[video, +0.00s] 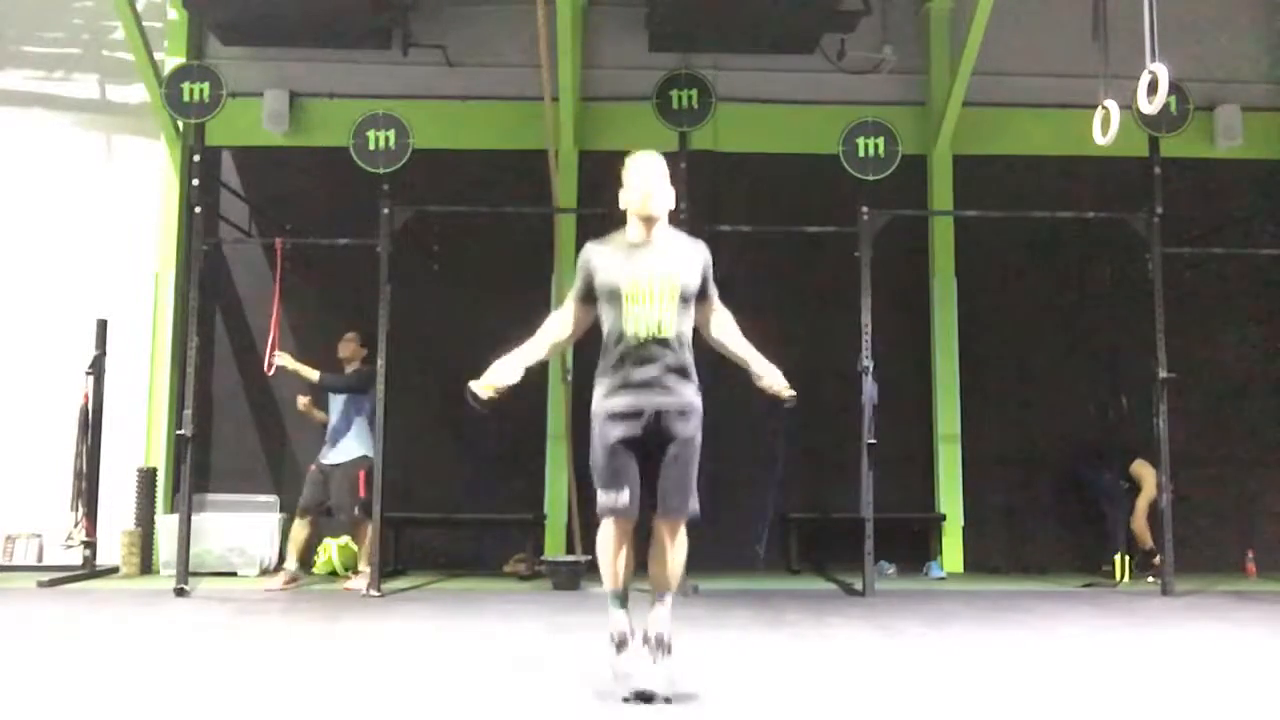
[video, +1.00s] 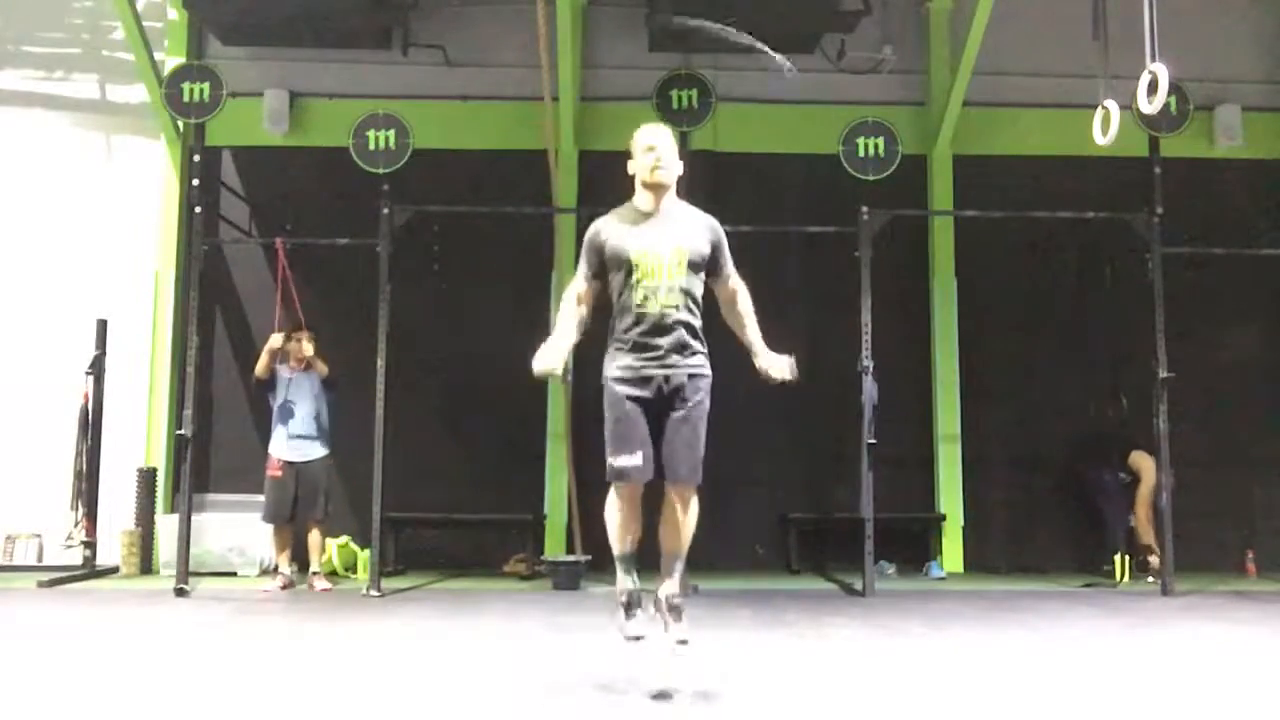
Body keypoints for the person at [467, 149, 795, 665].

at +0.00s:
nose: (651, 191)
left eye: (657, 183)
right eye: (641, 183)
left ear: (671, 191)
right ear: (622, 193)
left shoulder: (695, 254)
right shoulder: (597, 255)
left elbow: (712, 317)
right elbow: (568, 321)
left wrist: (760, 366)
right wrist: (513, 362)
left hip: (679, 398)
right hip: (616, 399)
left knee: (672, 516)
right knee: (618, 512)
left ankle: (660, 625)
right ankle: (619, 623)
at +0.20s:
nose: (650, 214)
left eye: (657, 205)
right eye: (639, 205)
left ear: (670, 214)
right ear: (621, 214)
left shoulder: (693, 278)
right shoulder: (596, 281)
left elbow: (721, 350)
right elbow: (570, 351)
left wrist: (760, 401)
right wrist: (532, 395)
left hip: (679, 424)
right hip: (618, 423)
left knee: (673, 545)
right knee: (619, 539)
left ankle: (661, 649)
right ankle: (621, 653)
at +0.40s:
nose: (651, 155)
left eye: (659, 148)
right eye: (641, 148)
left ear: (675, 163)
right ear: (624, 163)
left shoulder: (700, 226)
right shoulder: (598, 228)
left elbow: (731, 294)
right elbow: (572, 295)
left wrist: (769, 347)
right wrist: (548, 340)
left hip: (679, 363)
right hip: (618, 362)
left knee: (677, 479)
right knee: (621, 473)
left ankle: (665, 591)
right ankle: (625, 587)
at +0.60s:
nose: (657, 214)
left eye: (664, 205)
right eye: (648, 205)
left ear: (677, 213)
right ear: (629, 213)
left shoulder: (701, 275)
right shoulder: (600, 275)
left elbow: (722, 340)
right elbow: (569, 343)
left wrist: (774, 379)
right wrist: (514, 367)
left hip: (686, 424)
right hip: (622, 424)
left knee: (679, 540)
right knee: (625, 534)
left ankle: (665, 650)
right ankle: (626, 648)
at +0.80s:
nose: (655, 196)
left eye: (663, 187)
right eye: (645, 188)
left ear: (677, 197)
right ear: (628, 197)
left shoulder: (702, 259)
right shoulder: (603, 261)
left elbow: (729, 332)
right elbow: (576, 336)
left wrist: (765, 392)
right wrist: (532, 389)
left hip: (688, 407)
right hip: (625, 406)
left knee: (679, 527)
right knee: (623, 521)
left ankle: (670, 646)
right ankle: (625, 650)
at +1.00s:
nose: (657, 159)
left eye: (665, 152)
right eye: (647, 151)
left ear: (680, 165)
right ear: (631, 163)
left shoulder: (705, 228)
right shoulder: (604, 231)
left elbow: (732, 295)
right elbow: (580, 297)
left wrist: (761, 352)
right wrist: (558, 344)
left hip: (688, 370)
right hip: (626, 370)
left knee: (683, 483)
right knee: (629, 478)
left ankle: (671, 597)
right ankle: (628, 592)